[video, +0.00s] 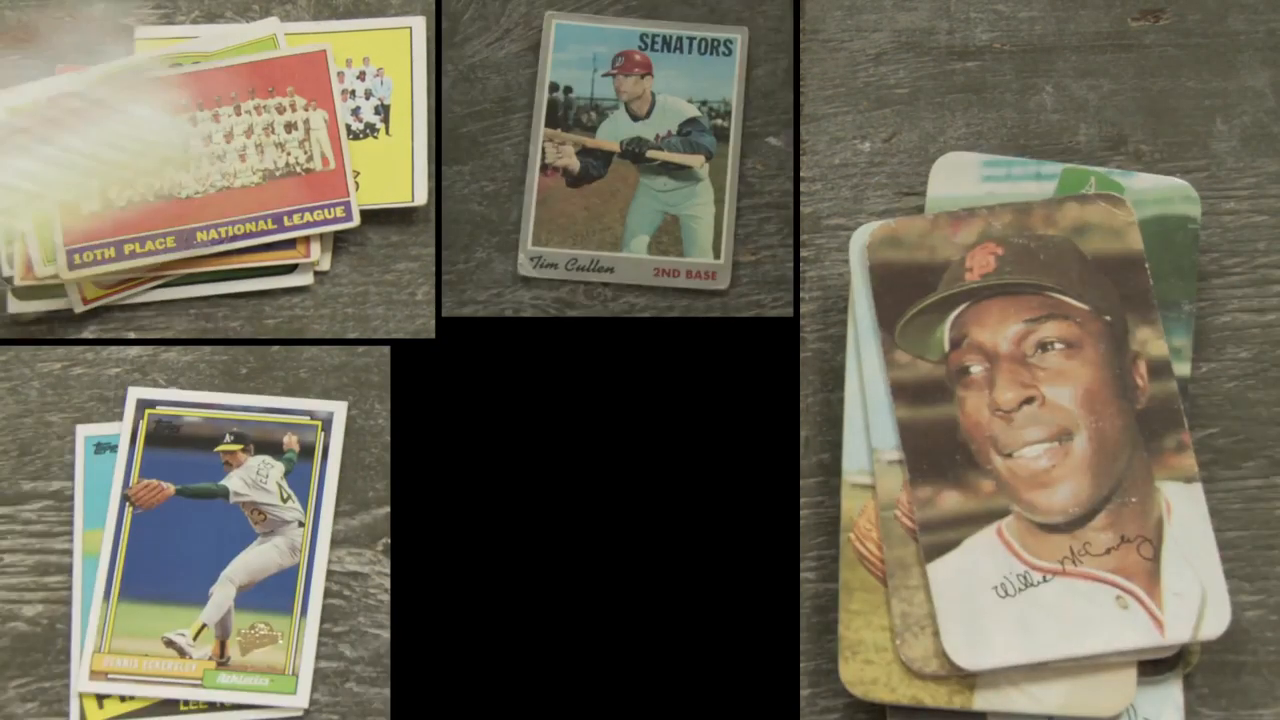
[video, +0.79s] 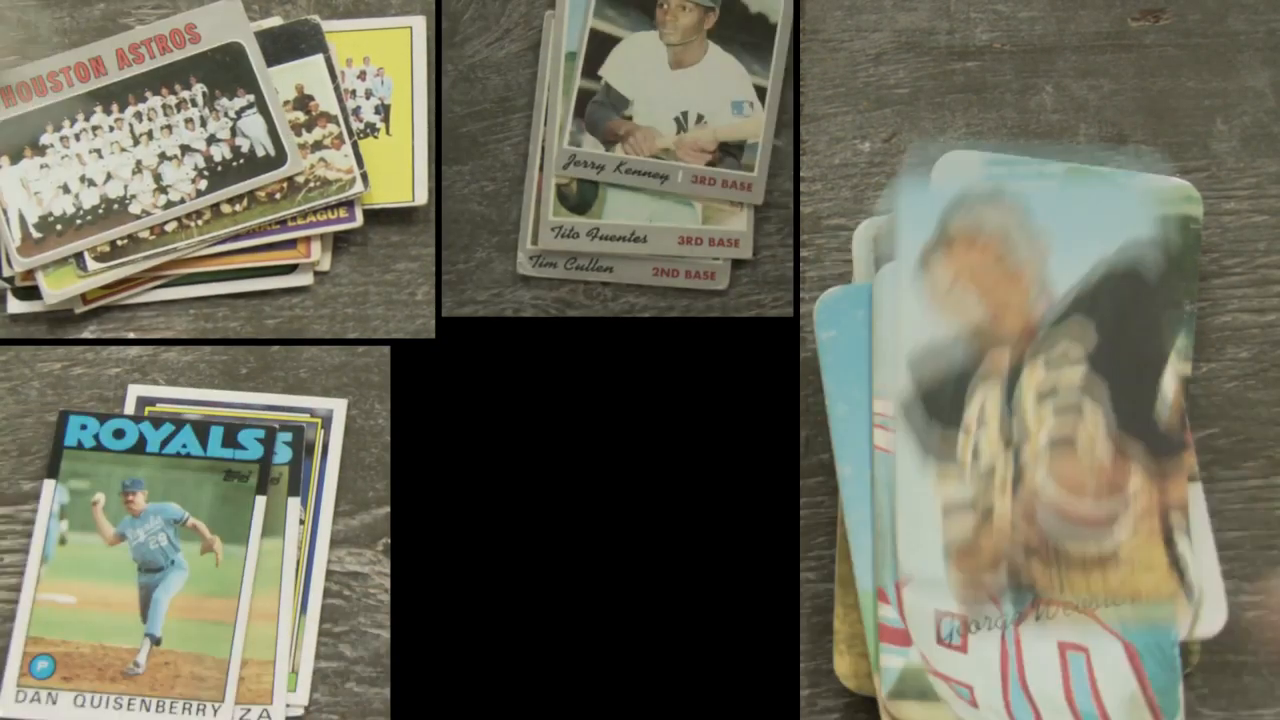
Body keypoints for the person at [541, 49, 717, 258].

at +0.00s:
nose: (617, 84)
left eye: (625, 77)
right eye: (615, 77)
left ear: (646, 81)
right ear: (613, 79)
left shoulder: (680, 110)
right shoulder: (613, 125)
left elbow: (703, 149)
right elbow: (597, 165)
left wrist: (655, 149)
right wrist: (573, 163)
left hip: (693, 191)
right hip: (650, 191)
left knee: (699, 262)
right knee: (632, 251)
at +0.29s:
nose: (618, 84)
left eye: (626, 78)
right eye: (615, 78)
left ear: (647, 81)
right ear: (612, 79)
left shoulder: (680, 113)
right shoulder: (613, 125)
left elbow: (690, 153)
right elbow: (597, 166)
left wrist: (653, 149)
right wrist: (573, 163)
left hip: (693, 189)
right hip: (650, 189)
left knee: (699, 261)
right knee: (633, 250)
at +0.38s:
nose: (644, 61)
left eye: (654, 52)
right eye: (632, 52)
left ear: (668, 55)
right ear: (616, 56)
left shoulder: (702, 104)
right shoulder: (595, 111)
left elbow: (729, 165)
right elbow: (582, 200)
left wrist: (736, 191)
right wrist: (566, 182)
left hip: (683, 237)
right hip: (620, 238)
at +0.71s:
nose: (645, 65)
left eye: (655, 57)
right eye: (633, 55)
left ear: (667, 56)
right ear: (617, 58)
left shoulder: (694, 103)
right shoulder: (596, 116)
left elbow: (723, 151)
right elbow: (583, 205)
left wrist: (737, 186)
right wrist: (567, 183)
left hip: (685, 241)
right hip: (621, 240)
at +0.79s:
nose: (668, 16)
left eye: (683, 8)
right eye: (663, 6)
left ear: (709, 19)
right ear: (656, 10)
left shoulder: (729, 74)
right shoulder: (636, 48)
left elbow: (732, 161)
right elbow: (595, 113)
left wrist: (709, 158)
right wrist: (627, 130)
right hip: (621, 194)